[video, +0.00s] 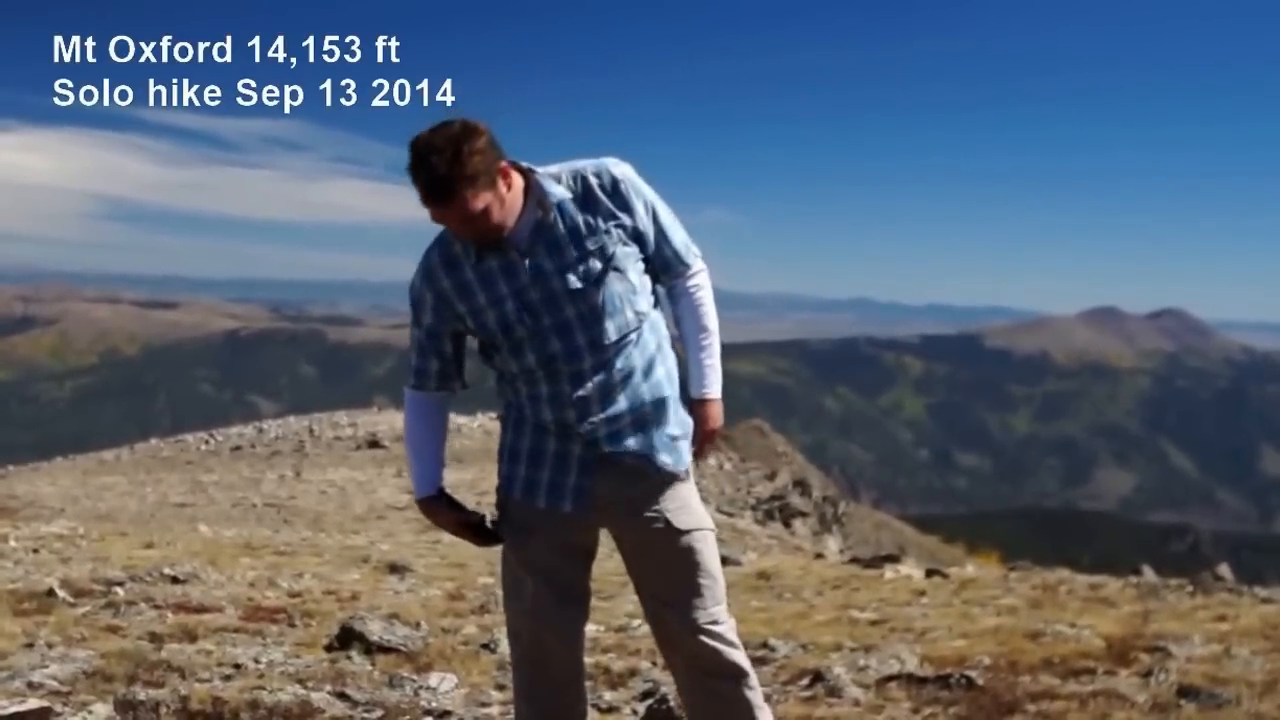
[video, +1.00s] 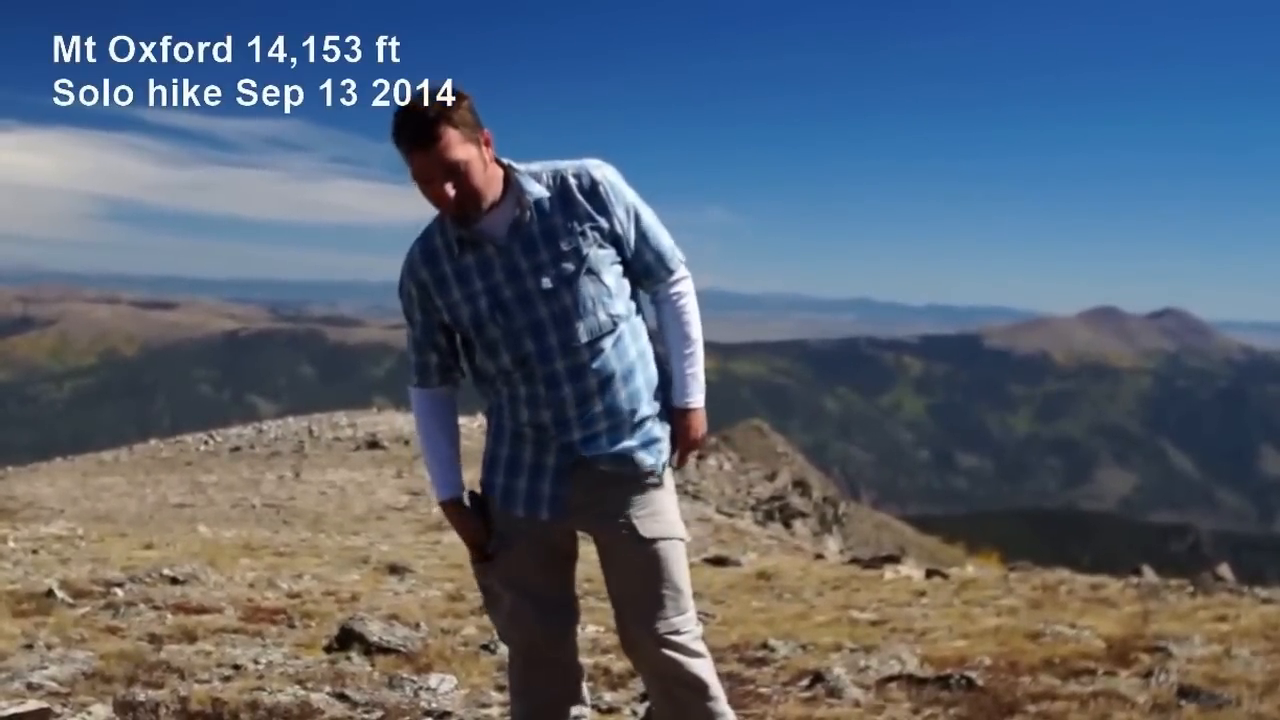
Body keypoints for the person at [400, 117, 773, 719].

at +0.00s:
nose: (467, 235)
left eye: (476, 219)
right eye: (451, 226)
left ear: (506, 178)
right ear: (433, 208)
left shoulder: (607, 189)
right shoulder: (443, 273)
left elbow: (687, 276)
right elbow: (426, 388)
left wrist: (706, 394)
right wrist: (428, 492)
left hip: (648, 444)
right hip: (539, 466)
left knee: (702, 642)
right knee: (543, 666)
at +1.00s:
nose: (443, 193)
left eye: (452, 172)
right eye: (427, 182)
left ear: (486, 146)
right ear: (412, 179)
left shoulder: (588, 190)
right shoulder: (428, 268)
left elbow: (670, 281)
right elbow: (431, 389)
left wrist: (689, 399)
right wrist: (451, 497)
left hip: (627, 447)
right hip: (521, 464)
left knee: (666, 641)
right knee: (536, 661)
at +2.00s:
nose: (581, 170)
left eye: (589, 153)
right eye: (563, 158)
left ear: (608, 133)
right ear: (533, 151)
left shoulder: (679, 199)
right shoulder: (500, 241)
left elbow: (732, 304)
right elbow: (469, 353)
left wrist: (744, 423)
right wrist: (435, 455)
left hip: (681, 461)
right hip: (570, 470)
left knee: (733, 656)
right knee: (556, 666)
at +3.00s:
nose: (722, 164)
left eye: (733, 149)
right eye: (707, 148)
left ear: (746, 142)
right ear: (671, 138)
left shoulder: (779, 225)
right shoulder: (603, 223)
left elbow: (807, 343)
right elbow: (556, 324)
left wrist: (832, 446)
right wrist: (529, 387)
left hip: (742, 475)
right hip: (629, 474)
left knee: (764, 661)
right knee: (592, 648)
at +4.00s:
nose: (667, 158)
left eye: (674, 143)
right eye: (652, 145)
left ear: (684, 140)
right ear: (611, 141)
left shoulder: (730, 215)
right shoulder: (555, 221)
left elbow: (781, 330)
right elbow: (522, 323)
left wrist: (815, 433)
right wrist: (490, 413)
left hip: (700, 475)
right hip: (589, 471)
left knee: (728, 669)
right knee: (549, 666)